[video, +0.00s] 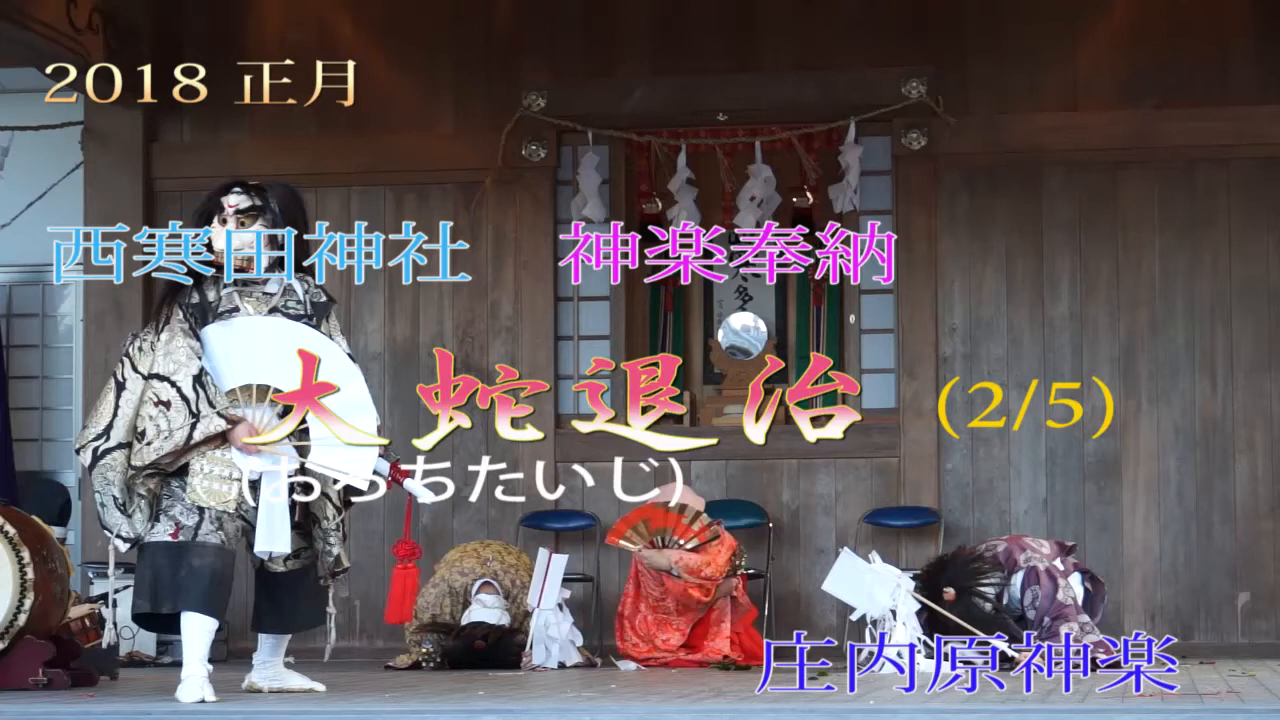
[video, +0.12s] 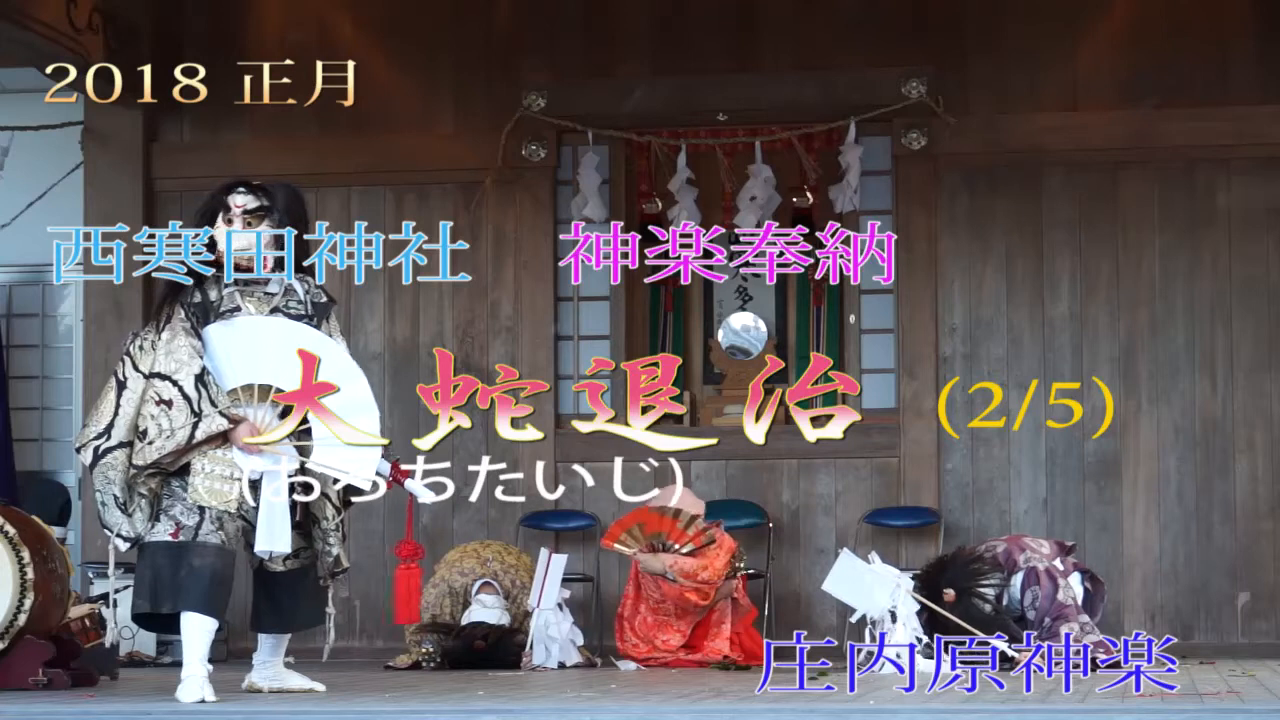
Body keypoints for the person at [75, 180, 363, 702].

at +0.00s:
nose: (228, 230)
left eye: (242, 219)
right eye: (220, 220)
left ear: (272, 230)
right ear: (209, 234)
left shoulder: (309, 303)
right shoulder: (192, 304)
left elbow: (337, 388)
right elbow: (163, 394)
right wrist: (225, 427)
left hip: (288, 453)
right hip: (213, 450)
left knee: (288, 548)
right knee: (207, 547)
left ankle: (270, 665)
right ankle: (195, 672)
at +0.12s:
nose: (236, 228)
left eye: (249, 218)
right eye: (226, 219)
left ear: (276, 229)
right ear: (211, 232)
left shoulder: (310, 303)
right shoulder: (193, 304)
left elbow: (337, 388)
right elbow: (168, 394)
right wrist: (226, 427)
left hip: (289, 456)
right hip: (213, 453)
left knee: (289, 551)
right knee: (208, 551)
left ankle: (269, 665)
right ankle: (194, 673)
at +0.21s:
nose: (246, 230)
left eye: (259, 220)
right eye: (235, 220)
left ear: (282, 231)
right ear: (216, 231)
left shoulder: (309, 305)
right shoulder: (193, 307)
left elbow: (336, 392)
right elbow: (165, 405)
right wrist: (227, 428)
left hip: (288, 456)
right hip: (214, 454)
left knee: (286, 551)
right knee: (208, 551)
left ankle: (269, 665)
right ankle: (195, 673)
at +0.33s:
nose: (260, 233)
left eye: (276, 223)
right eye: (246, 220)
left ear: (293, 237)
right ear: (222, 229)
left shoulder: (308, 305)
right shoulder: (196, 304)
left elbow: (332, 390)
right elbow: (170, 390)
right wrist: (227, 427)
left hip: (289, 454)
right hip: (215, 451)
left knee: (288, 550)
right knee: (209, 548)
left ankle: (269, 664)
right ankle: (195, 672)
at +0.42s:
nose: (266, 235)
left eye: (280, 227)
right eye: (253, 222)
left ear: (294, 238)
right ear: (225, 228)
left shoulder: (307, 303)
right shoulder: (198, 302)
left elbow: (328, 385)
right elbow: (175, 390)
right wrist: (231, 427)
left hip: (286, 451)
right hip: (214, 448)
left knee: (288, 550)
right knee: (211, 549)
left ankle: (269, 665)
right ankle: (195, 673)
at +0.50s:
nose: (269, 241)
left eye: (283, 231)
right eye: (256, 227)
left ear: (298, 242)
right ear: (226, 231)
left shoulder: (305, 308)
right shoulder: (195, 310)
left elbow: (330, 395)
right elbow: (173, 400)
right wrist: (234, 427)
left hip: (286, 456)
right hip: (214, 454)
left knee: (289, 550)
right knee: (211, 549)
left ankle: (269, 664)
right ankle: (195, 673)